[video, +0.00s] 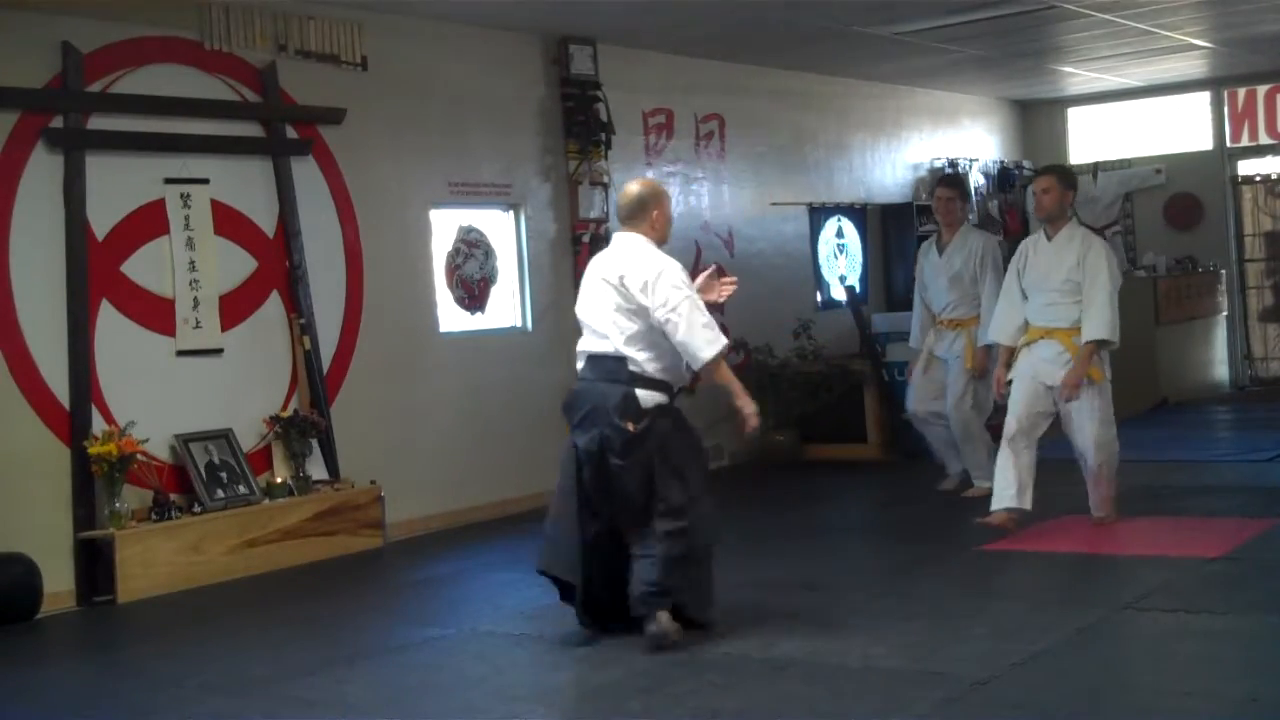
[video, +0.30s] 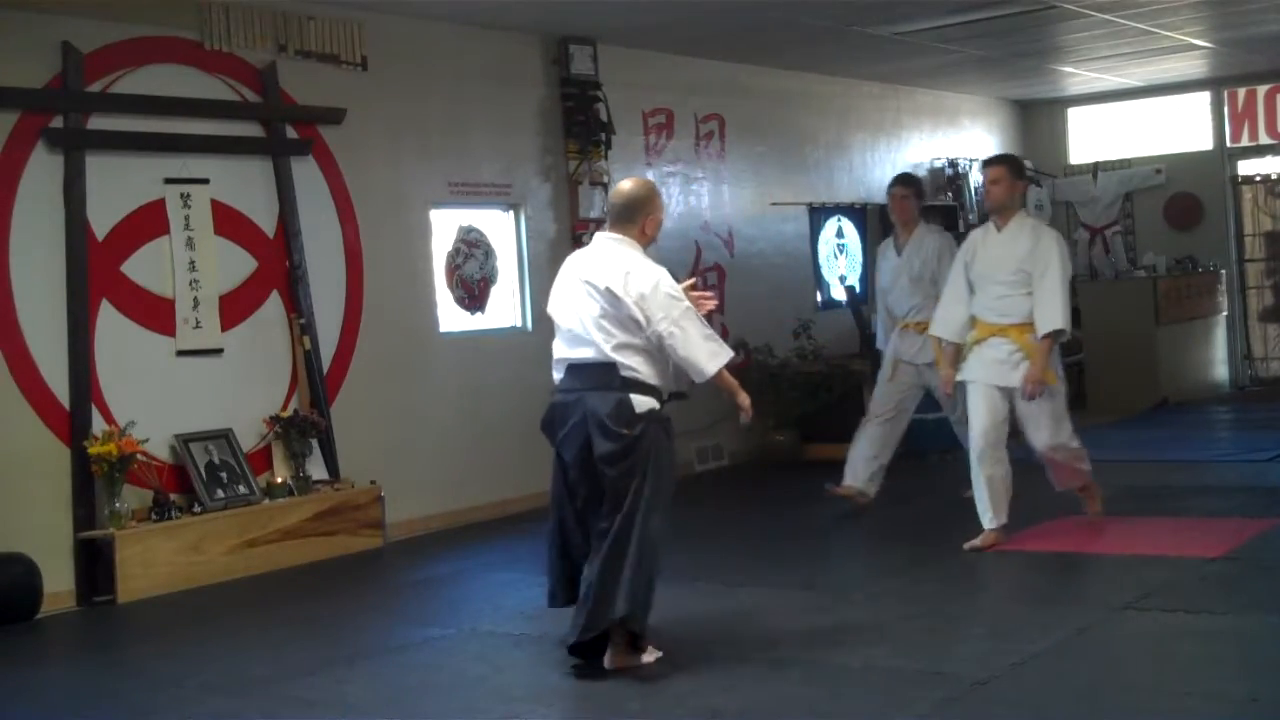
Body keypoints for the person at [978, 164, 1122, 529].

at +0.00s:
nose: (1037, 200)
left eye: (1045, 193)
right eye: (1034, 194)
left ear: (1069, 197)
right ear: (1033, 200)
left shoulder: (1093, 247)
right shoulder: (1027, 249)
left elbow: (1100, 309)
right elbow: (1011, 305)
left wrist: (1080, 365)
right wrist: (1002, 362)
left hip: (1080, 351)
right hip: (1035, 350)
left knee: (1094, 439)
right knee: (1016, 428)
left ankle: (1102, 507)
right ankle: (1008, 508)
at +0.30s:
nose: (986, 191)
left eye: (994, 183)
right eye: (984, 185)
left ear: (1019, 188)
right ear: (983, 191)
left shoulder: (1044, 239)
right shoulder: (974, 242)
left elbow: (1052, 302)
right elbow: (955, 300)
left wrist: (1040, 362)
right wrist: (946, 362)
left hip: (1029, 345)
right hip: (982, 347)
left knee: (1049, 441)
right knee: (983, 438)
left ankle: (1084, 485)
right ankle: (992, 526)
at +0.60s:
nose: (948, 187)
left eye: (956, 179)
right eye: (945, 180)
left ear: (980, 182)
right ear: (944, 186)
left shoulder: (1007, 236)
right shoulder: (935, 239)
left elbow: (1022, 300)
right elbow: (914, 295)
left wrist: (1023, 362)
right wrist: (901, 351)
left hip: (991, 348)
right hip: (945, 349)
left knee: (974, 438)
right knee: (952, 443)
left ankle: (965, 535)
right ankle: (989, 522)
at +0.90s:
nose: (924, 180)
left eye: (934, 173)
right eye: (922, 174)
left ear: (959, 178)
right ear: (920, 180)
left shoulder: (981, 234)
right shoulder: (908, 234)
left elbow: (996, 303)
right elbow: (889, 295)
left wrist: (1003, 371)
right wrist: (880, 355)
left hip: (957, 354)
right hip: (910, 356)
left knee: (944, 455)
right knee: (912, 452)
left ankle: (936, 552)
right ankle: (968, 506)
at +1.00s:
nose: (917, 179)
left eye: (926, 172)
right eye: (914, 172)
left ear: (952, 178)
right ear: (913, 178)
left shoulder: (974, 234)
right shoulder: (901, 232)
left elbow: (987, 304)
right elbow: (880, 295)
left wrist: (989, 370)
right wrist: (871, 355)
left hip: (949, 355)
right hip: (900, 356)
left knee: (945, 456)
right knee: (895, 455)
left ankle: (937, 551)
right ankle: (942, 523)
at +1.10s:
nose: (912, 179)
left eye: (921, 171)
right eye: (909, 172)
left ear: (948, 177)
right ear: (908, 178)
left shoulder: (969, 234)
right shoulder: (896, 232)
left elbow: (981, 303)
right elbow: (875, 295)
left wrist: (973, 364)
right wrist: (864, 356)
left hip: (944, 354)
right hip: (894, 355)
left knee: (942, 455)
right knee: (884, 453)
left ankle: (939, 549)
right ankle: (910, 540)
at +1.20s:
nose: (908, 179)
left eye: (917, 171)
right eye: (905, 172)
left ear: (944, 177)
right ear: (903, 178)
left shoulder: (966, 236)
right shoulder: (891, 233)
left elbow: (975, 303)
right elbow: (869, 298)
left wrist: (959, 358)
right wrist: (858, 357)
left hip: (940, 356)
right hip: (889, 356)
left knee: (942, 459)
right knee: (879, 455)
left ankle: (940, 552)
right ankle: (896, 547)